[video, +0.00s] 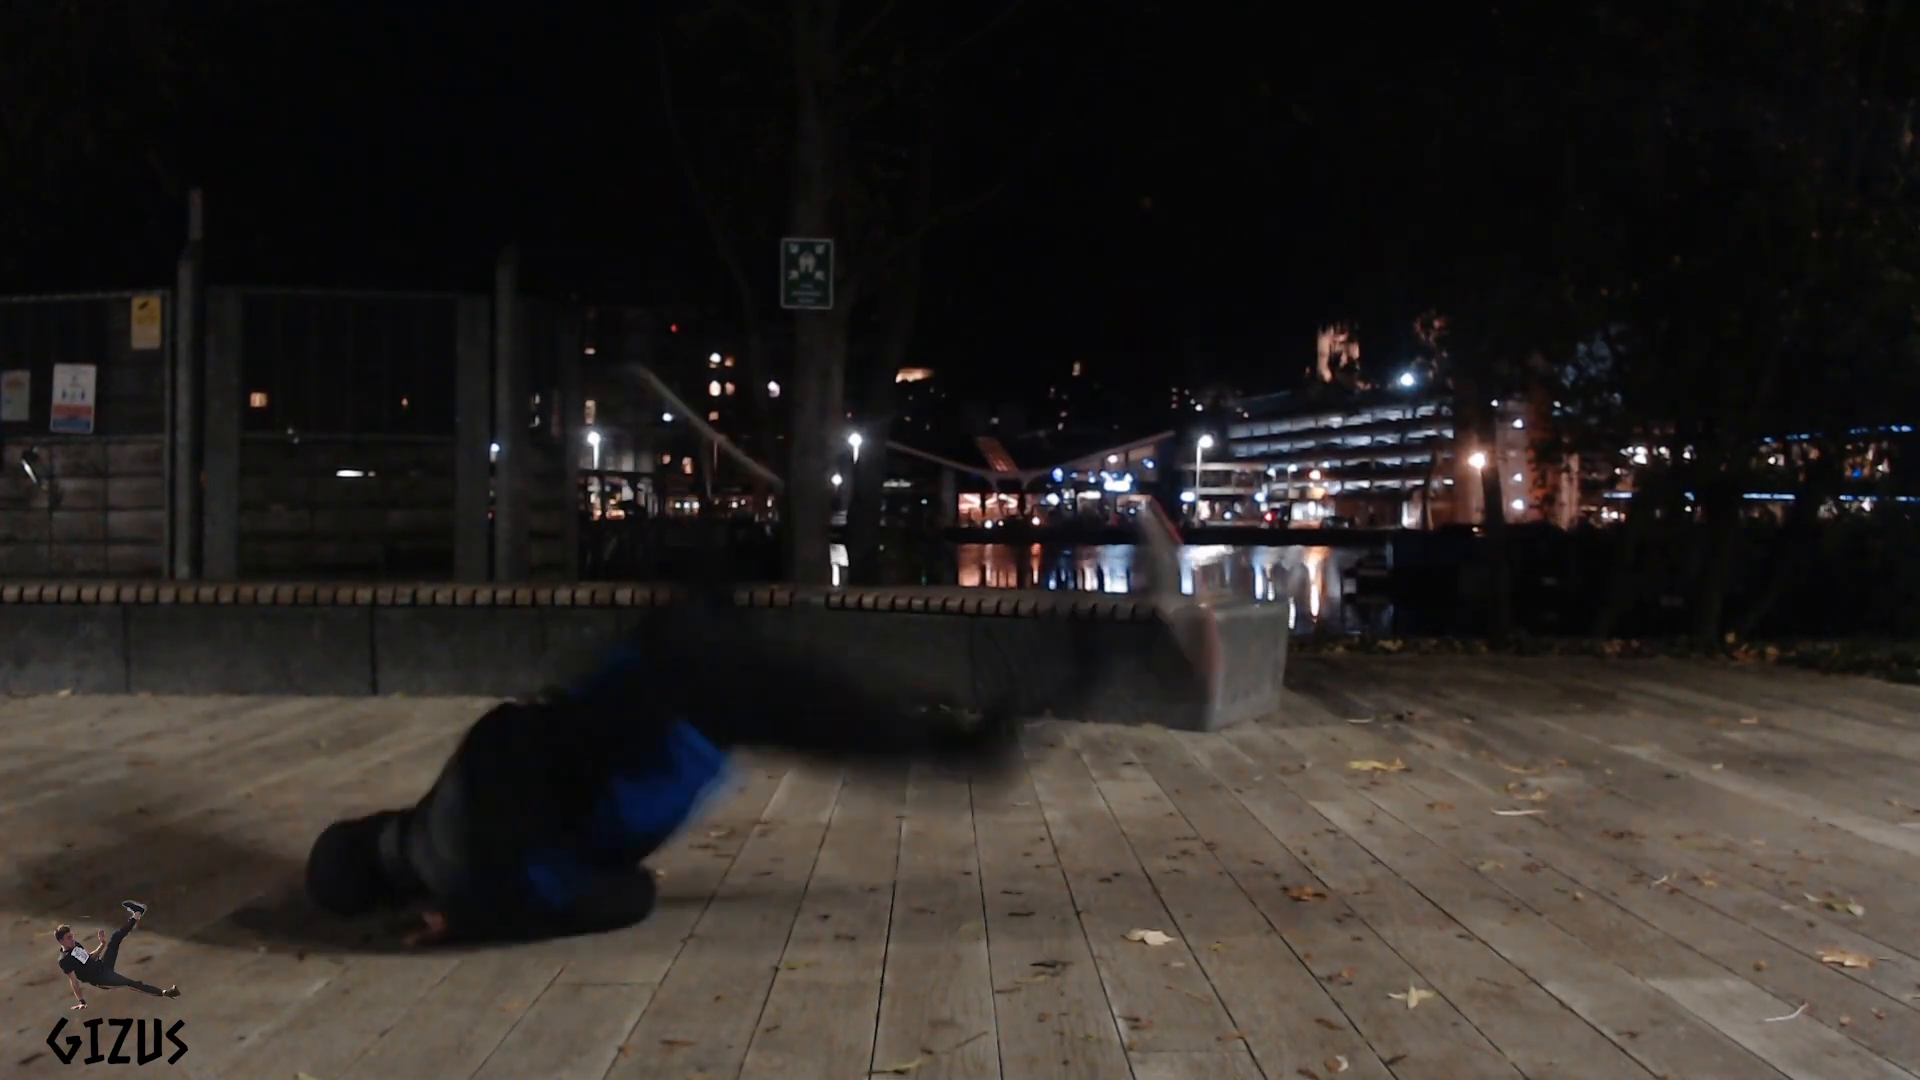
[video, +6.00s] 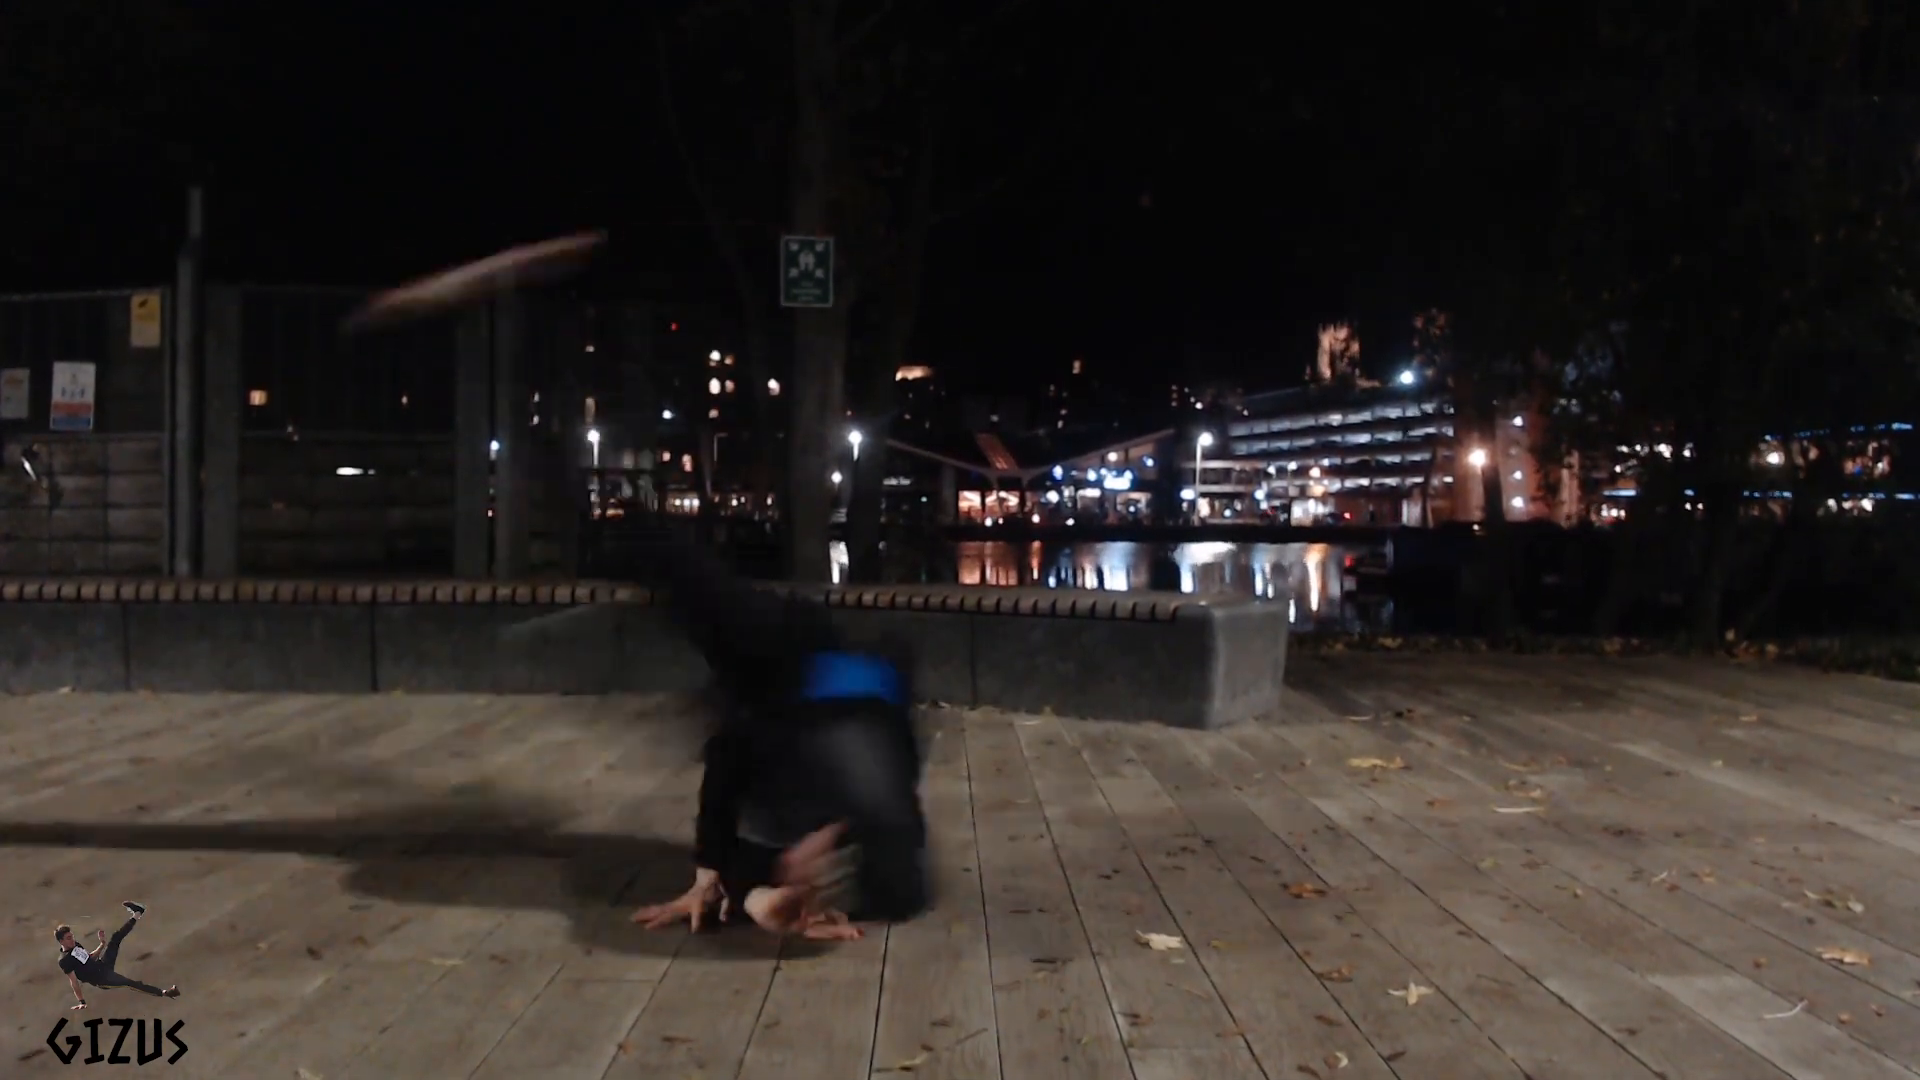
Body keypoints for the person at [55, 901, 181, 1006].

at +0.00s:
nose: (73, 939)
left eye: (72, 936)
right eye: (69, 938)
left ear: (71, 936)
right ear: (61, 942)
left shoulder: (76, 946)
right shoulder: (64, 960)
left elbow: (91, 957)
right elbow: (74, 982)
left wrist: (102, 944)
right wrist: (81, 1001)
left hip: (104, 965)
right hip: (102, 978)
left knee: (116, 938)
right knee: (133, 983)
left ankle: (135, 917)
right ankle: (165, 993)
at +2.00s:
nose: (72, 939)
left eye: (72, 936)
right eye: (69, 938)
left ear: (70, 937)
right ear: (61, 941)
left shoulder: (75, 946)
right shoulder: (64, 960)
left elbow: (91, 957)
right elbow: (74, 982)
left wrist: (102, 945)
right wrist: (81, 1002)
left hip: (104, 965)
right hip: (102, 978)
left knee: (115, 938)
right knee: (132, 983)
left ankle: (136, 916)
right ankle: (164, 993)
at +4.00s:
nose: (72, 939)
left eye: (72, 936)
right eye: (69, 938)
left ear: (71, 937)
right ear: (61, 942)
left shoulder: (76, 946)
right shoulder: (64, 961)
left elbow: (91, 957)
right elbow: (74, 982)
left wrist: (102, 945)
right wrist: (81, 1001)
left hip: (104, 964)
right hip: (102, 978)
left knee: (116, 938)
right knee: (131, 983)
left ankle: (136, 916)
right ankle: (164, 993)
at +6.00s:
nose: (72, 939)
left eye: (71, 936)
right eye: (69, 938)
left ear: (71, 937)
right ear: (61, 941)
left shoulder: (76, 946)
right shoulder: (64, 961)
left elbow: (92, 957)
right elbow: (74, 982)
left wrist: (102, 944)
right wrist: (81, 1002)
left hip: (104, 964)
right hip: (102, 978)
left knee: (116, 939)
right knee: (131, 983)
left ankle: (136, 916)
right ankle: (164, 993)